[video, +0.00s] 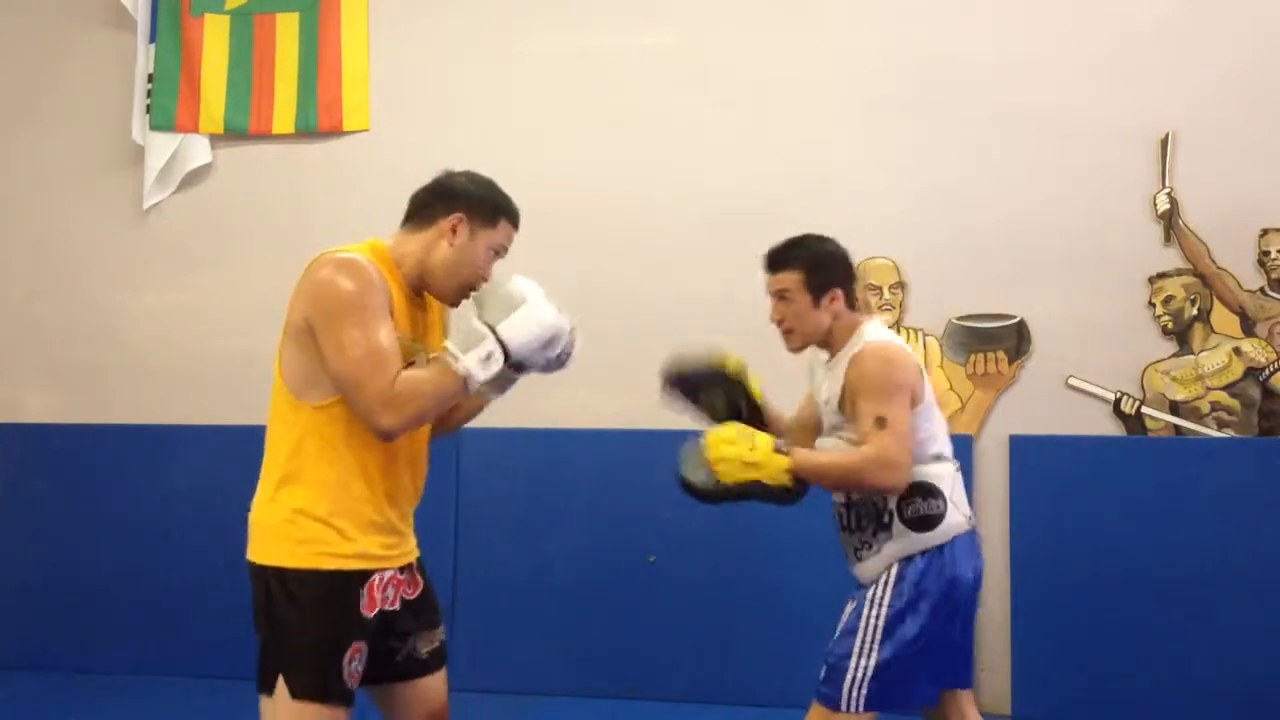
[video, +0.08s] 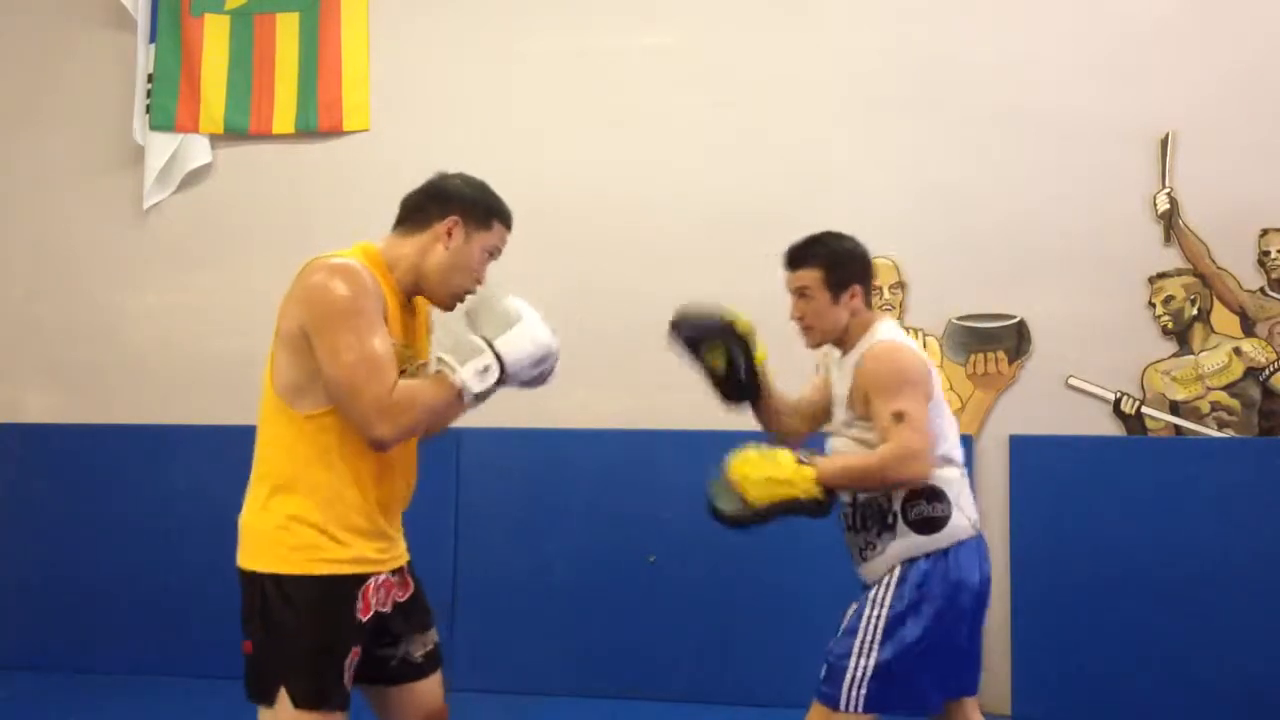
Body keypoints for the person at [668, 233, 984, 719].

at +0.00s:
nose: (773, 314)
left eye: (784, 299)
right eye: (773, 300)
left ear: (832, 300)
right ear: (830, 304)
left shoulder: (880, 358)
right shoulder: (830, 360)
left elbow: (889, 469)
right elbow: (799, 438)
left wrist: (781, 459)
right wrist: (746, 406)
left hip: (920, 559)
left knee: (836, 710)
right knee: (951, 702)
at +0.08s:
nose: (793, 311)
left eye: (804, 296)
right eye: (792, 297)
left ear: (852, 297)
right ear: (846, 300)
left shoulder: (889, 357)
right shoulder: (844, 363)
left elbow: (911, 460)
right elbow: (788, 424)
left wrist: (811, 471)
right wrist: (748, 376)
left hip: (925, 563)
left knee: (836, 710)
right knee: (956, 707)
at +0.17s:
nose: (809, 303)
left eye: (820, 288)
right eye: (807, 289)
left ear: (868, 290)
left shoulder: (898, 349)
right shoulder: (849, 357)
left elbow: (931, 449)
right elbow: (783, 406)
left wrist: (833, 471)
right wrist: (757, 347)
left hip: (928, 562)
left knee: (847, 710)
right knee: (960, 705)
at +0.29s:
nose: (818, 296)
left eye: (830, 281)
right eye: (816, 282)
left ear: (878, 283)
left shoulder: (907, 338)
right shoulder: (859, 350)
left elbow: (932, 437)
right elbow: (785, 385)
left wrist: (826, 442)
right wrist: (762, 315)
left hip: (926, 561)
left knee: (855, 710)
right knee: (963, 706)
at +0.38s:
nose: (821, 295)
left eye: (834, 280)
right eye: (820, 282)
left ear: (881, 283)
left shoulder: (912, 338)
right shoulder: (864, 350)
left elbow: (922, 439)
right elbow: (793, 382)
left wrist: (819, 432)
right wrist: (771, 314)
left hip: (925, 560)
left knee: (855, 709)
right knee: (956, 704)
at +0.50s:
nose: (825, 295)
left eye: (837, 280)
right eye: (824, 281)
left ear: (885, 283)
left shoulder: (914, 341)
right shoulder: (867, 350)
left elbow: (926, 442)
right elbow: (796, 381)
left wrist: (825, 434)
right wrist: (775, 314)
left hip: (921, 560)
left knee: (844, 710)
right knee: (959, 702)